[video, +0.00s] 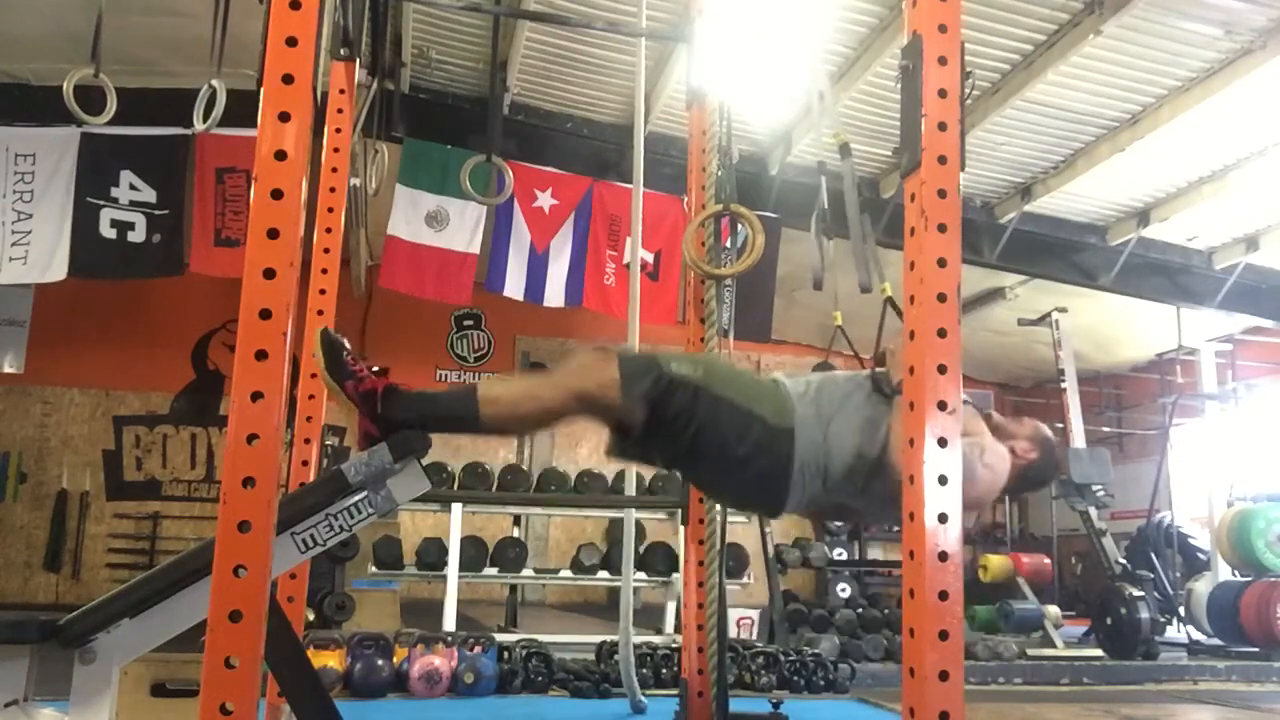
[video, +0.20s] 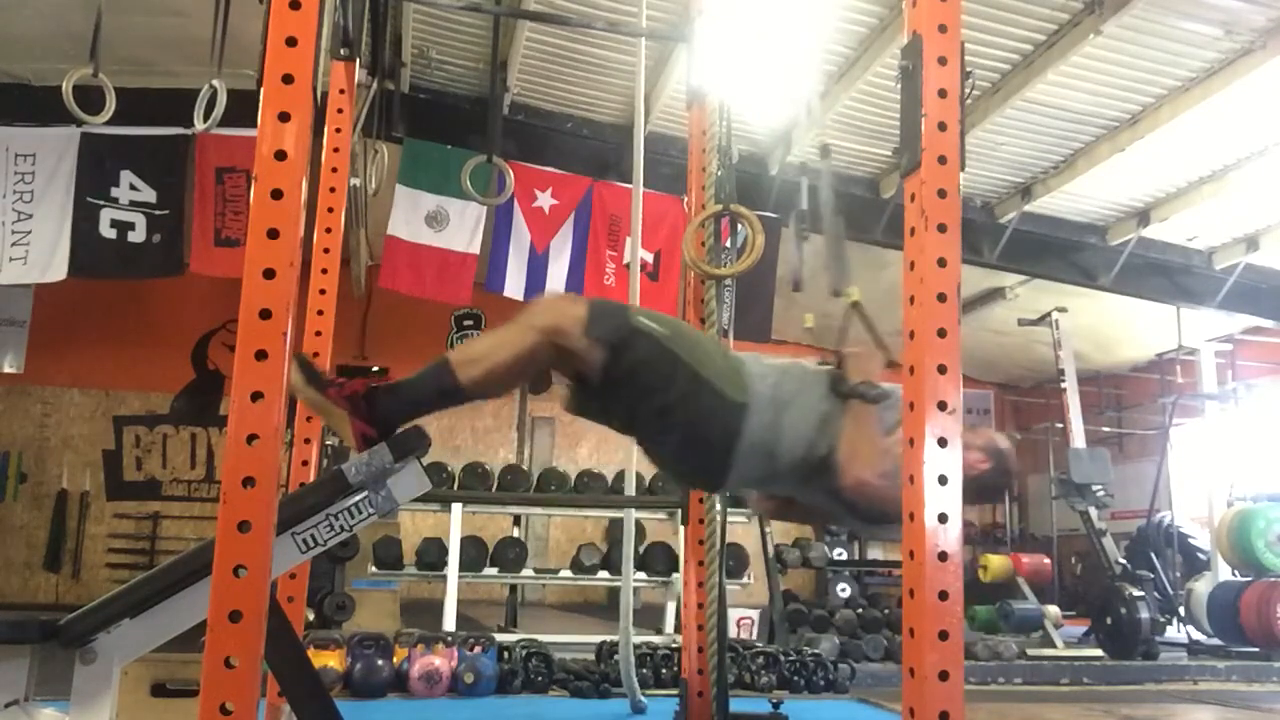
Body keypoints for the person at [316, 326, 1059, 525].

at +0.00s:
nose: (1019, 422)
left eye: (1030, 432)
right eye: (1025, 419)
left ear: (1027, 460)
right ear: (1011, 421)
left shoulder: (985, 465)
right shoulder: (964, 428)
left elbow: (907, 471)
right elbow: (886, 426)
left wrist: (918, 381)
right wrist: (895, 370)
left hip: (786, 443)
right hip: (776, 425)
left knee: (594, 373)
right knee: (579, 392)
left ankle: (389, 407)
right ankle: (398, 421)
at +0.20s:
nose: (956, 443)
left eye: (966, 458)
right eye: (965, 444)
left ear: (950, 492)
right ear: (943, 437)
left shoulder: (898, 492)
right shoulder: (891, 440)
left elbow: (860, 469)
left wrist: (865, 387)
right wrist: (858, 359)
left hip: (722, 402)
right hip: (710, 430)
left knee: (560, 312)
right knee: (549, 354)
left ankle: (374, 408)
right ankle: (380, 410)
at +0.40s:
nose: (894, 421)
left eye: (906, 434)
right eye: (904, 420)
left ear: (900, 470)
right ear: (891, 433)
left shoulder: (848, 480)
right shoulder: (832, 439)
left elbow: (772, 476)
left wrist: (802, 394)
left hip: (646, 405)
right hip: (646, 395)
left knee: (492, 276)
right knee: (485, 303)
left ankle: (352, 416)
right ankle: (357, 413)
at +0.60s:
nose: (809, 438)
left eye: (817, 452)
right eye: (817, 440)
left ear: (807, 471)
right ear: (804, 437)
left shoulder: (763, 473)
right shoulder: (746, 444)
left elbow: (679, 458)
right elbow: (602, 477)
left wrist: (710, 378)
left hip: (569, 373)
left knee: (410, 243)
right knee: (392, 296)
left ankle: (329, 421)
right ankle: (326, 421)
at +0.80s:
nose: (748, 401)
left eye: (756, 414)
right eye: (759, 404)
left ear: (745, 442)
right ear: (743, 429)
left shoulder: (699, 449)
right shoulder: (687, 421)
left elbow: (617, 438)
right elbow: (558, 456)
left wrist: (651, 356)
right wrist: (652, 354)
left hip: (505, 351)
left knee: (324, 237)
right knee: (338, 289)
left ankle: (309, 421)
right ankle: (303, 421)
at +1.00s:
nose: (718, 375)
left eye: (728, 389)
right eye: (729, 380)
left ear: (716, 418)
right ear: (713, 412)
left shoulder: (669, 428)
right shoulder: (657, 391)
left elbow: (589, 429)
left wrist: (627, 348)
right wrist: (630, 338)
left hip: (467, 344)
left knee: (317, 248)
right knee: (315, 281)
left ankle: (305, 418)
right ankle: (302, 420)